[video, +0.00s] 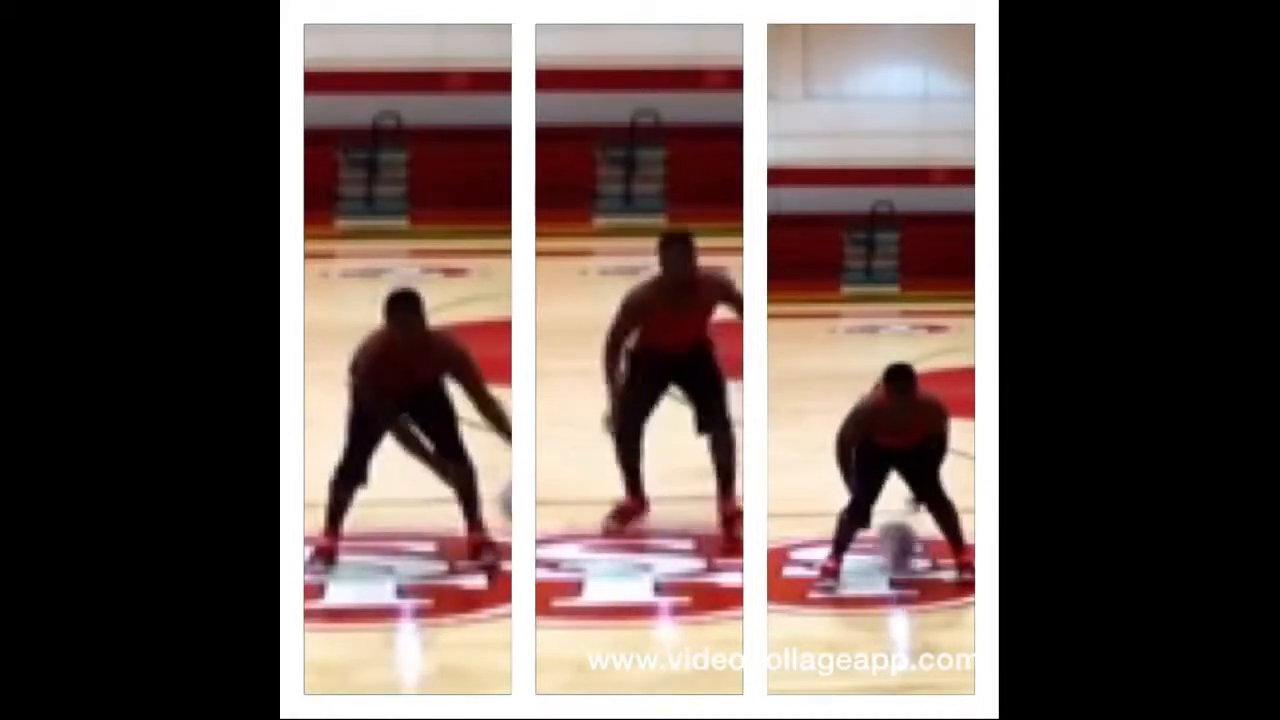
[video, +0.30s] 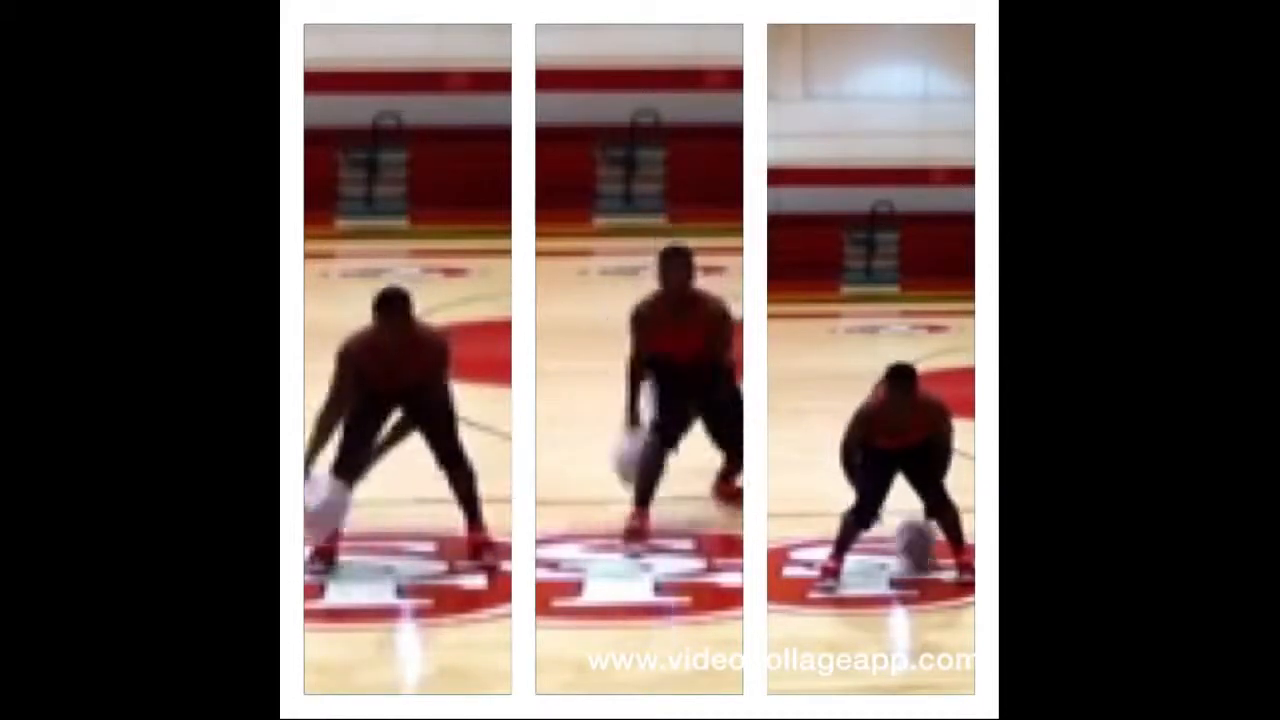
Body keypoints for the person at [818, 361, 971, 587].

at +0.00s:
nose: (899, 403)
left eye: (905, 396)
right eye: (894, 396)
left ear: (914, 391)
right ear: (885, 391)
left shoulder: (931, 409)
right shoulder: (869, 408)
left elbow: (938, 447)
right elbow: (844, 442)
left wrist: (925, 485)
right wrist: (852, 483)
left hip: (913, 451)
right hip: (873, 451)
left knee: (938, 501)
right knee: (860, 504)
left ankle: (961, 557)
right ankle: (834, 560)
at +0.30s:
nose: (897, 403)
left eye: (903, 396)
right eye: (892, 395)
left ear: (914, 392)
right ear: (884, 390)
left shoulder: (933, 410)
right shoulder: (871, 410)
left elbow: (944, 446)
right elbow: (848, 448)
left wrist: (934, 479)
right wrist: (860, 485)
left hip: (917, 452)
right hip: (878, 453)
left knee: (939, 504)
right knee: (864, 510)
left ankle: (962, 558)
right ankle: (834, 562)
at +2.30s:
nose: (897, 415)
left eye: (903, 410)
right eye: (892, 410)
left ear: (914, 402)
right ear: (884, 402)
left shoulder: (933, 415)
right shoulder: (871, 414)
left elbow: (940, 456)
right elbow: (844, 450)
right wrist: (857, 489)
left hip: (917, 457)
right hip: (876, 457)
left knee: (945, 506)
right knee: (860, 509)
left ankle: (963, 557)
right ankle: (834, 560)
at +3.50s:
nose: (894, 432)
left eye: (899, 427)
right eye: (890, 427)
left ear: (912, 415)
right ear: (881, 416)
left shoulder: (931, 418)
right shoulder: (868, 417)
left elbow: (948, 447)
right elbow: (844, 446)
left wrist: (926, 483)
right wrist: (855, 483)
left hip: (916, 456)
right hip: (875, 456)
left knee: (940, 506)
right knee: (858, 507)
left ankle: (962, 555)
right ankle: (833, 558)